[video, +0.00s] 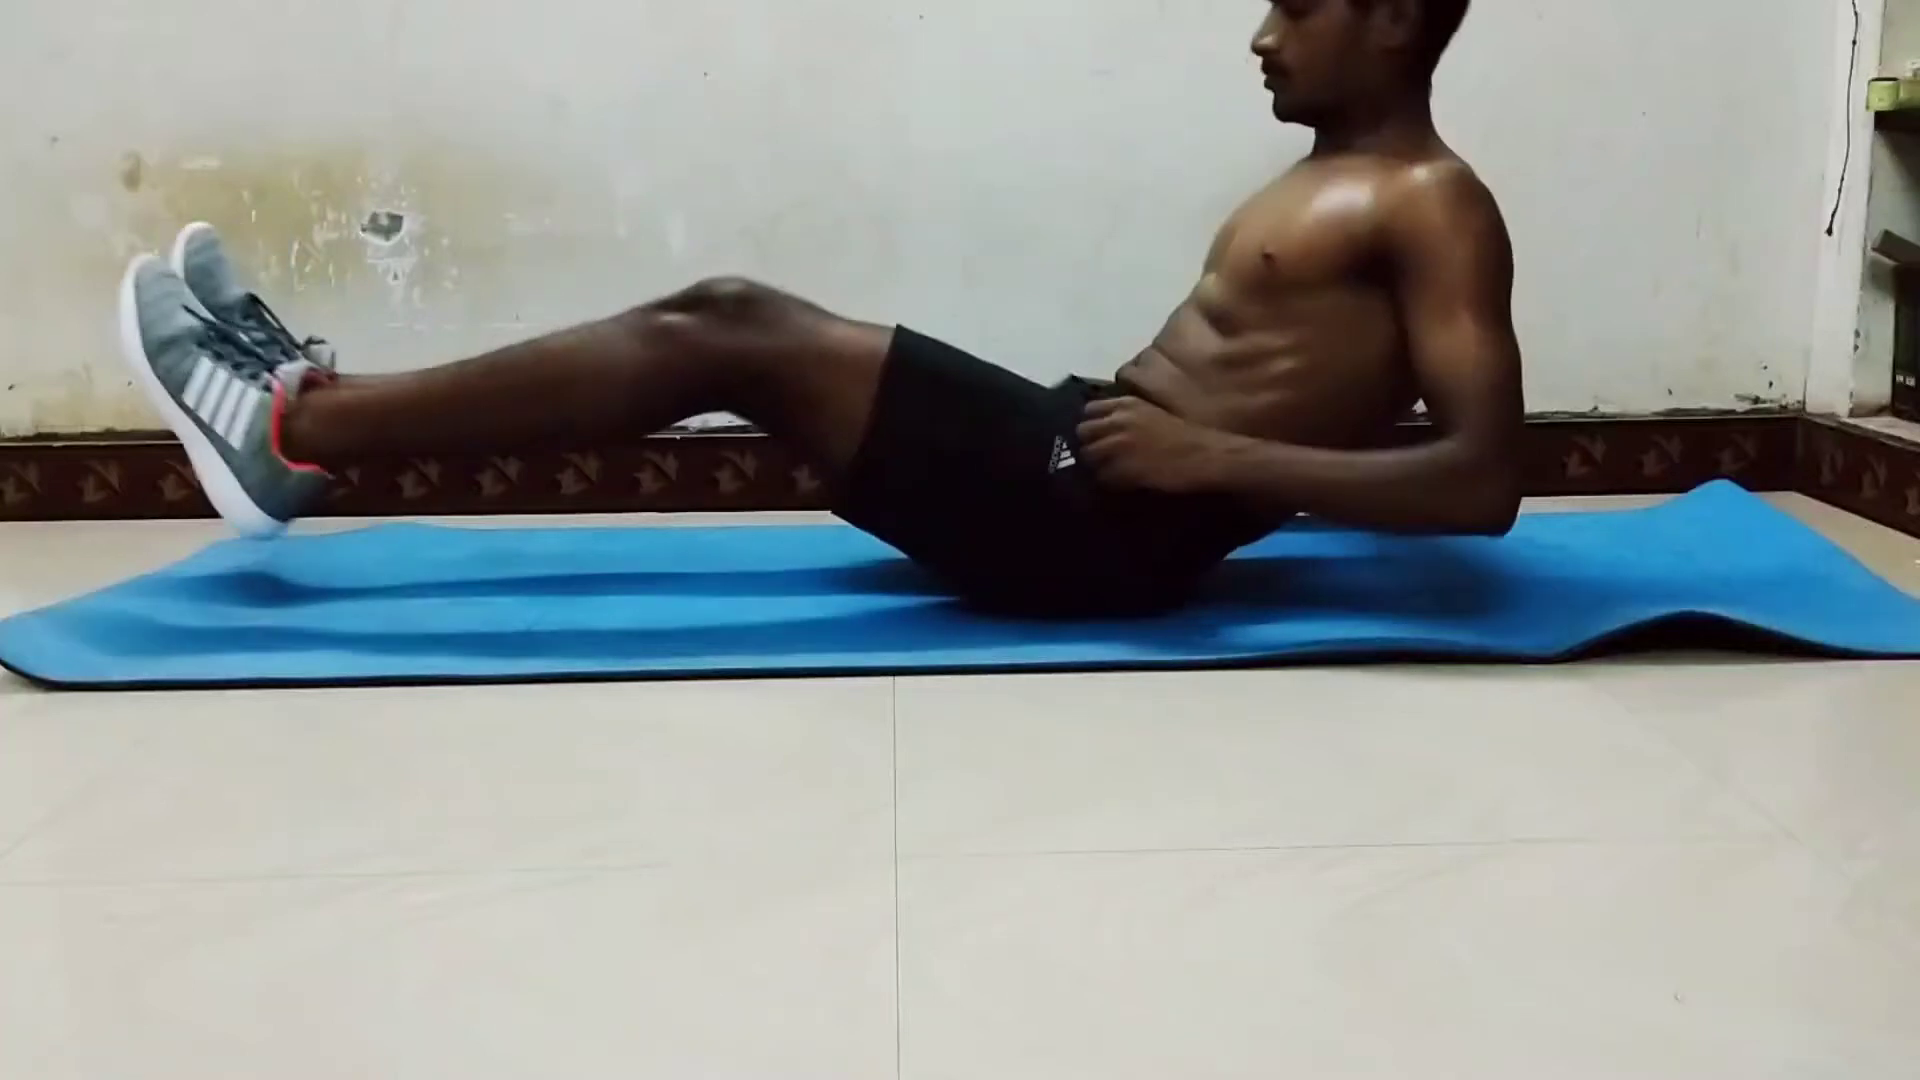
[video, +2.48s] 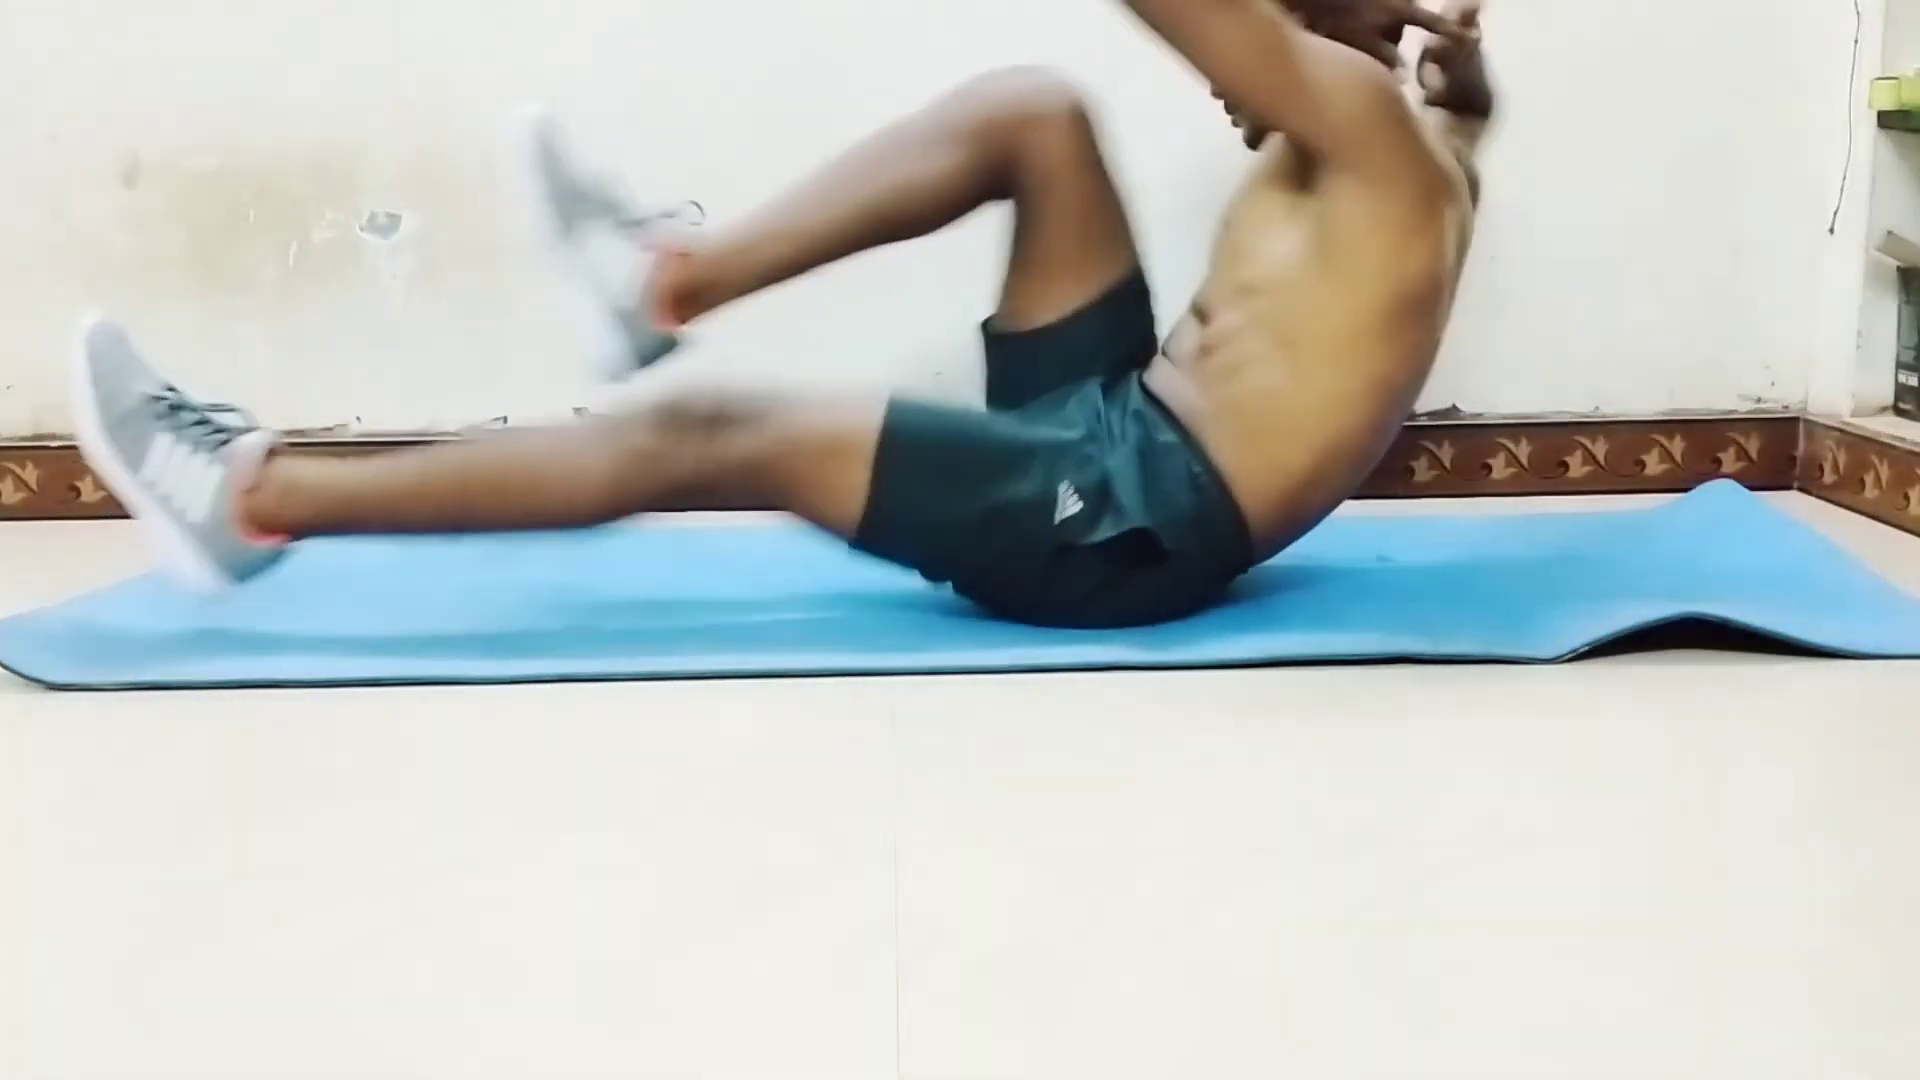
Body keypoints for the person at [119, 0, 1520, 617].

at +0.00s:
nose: (1266, 39)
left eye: (1294, 13)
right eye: (1274, 15)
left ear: (1393, 28)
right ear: (1366, 33)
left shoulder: (1432, 199)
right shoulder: (1330, 179)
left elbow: (1488, 477)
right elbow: (1344, 417)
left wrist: (1231, 461)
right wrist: (1148, 420)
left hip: (1114, 512)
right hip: (1074, 462)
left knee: (719, 329)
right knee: (715, 319)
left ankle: (295, 430)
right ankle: (323, 426)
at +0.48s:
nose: (1323, 41)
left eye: (1364, 16)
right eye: (1320, 12)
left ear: (1457, 38)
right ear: (1318, 25)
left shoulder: (1453, 213)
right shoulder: (1333, 175)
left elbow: (1523, 482)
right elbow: (1311, 379)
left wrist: (1286, 462)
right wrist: (1166, 395)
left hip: (1126, 512)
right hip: (1080, 452)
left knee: (717, 366)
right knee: (710, 346)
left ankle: (268, 398)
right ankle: (285, 408)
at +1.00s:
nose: (1392, 73)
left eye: (1437, 52)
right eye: (1378, 34)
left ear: (1505, 71)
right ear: (1351, 31)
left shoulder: (1475, 259)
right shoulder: (1340, 190)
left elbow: (1470, 525)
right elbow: (1280, 361)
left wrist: (1226, 441)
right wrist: (1155, 326)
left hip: (1114, 516)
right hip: (1074, 454)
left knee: (702, 378)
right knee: (700, 365)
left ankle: (262, 421)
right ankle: (290, 436)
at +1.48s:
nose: (1345, 25)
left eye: (1378, 8)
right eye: (1355, 14)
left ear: (1467, 40)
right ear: (1402, 49)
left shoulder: (1499, 222)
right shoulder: (1381, 193)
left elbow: (1411, 370)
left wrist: (1367, 110)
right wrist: (1330, 112)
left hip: (1135, 504)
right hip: (1098, 432)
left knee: (711, 375)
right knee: (730, 310)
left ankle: (262, 415)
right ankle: (326, 447)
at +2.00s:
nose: (1296, 36)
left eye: (1321, 20)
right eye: (1308, 19)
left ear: (1395, 34)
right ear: (1402, 41)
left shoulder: (1404, 140)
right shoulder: (1385, 144)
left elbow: (1170, 13)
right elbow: (1203, 28)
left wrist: (1375, 56)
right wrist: (1385, 63)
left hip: (1123, 508)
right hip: (1101, 429)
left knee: (698, 459)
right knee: (932, 151)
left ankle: (230, 460)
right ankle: (613, 359)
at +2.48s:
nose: (1267, 40)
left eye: (1289, 24)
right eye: (1286, 29)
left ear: (1366, 32)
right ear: (1386, 43)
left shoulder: (1379, 132)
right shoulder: (1375, 142)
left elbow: (1168, 5)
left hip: (1122, 513)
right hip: (1118, 434)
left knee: (701, 419)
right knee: (1043, 116)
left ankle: (251, 493)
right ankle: (686, 276)